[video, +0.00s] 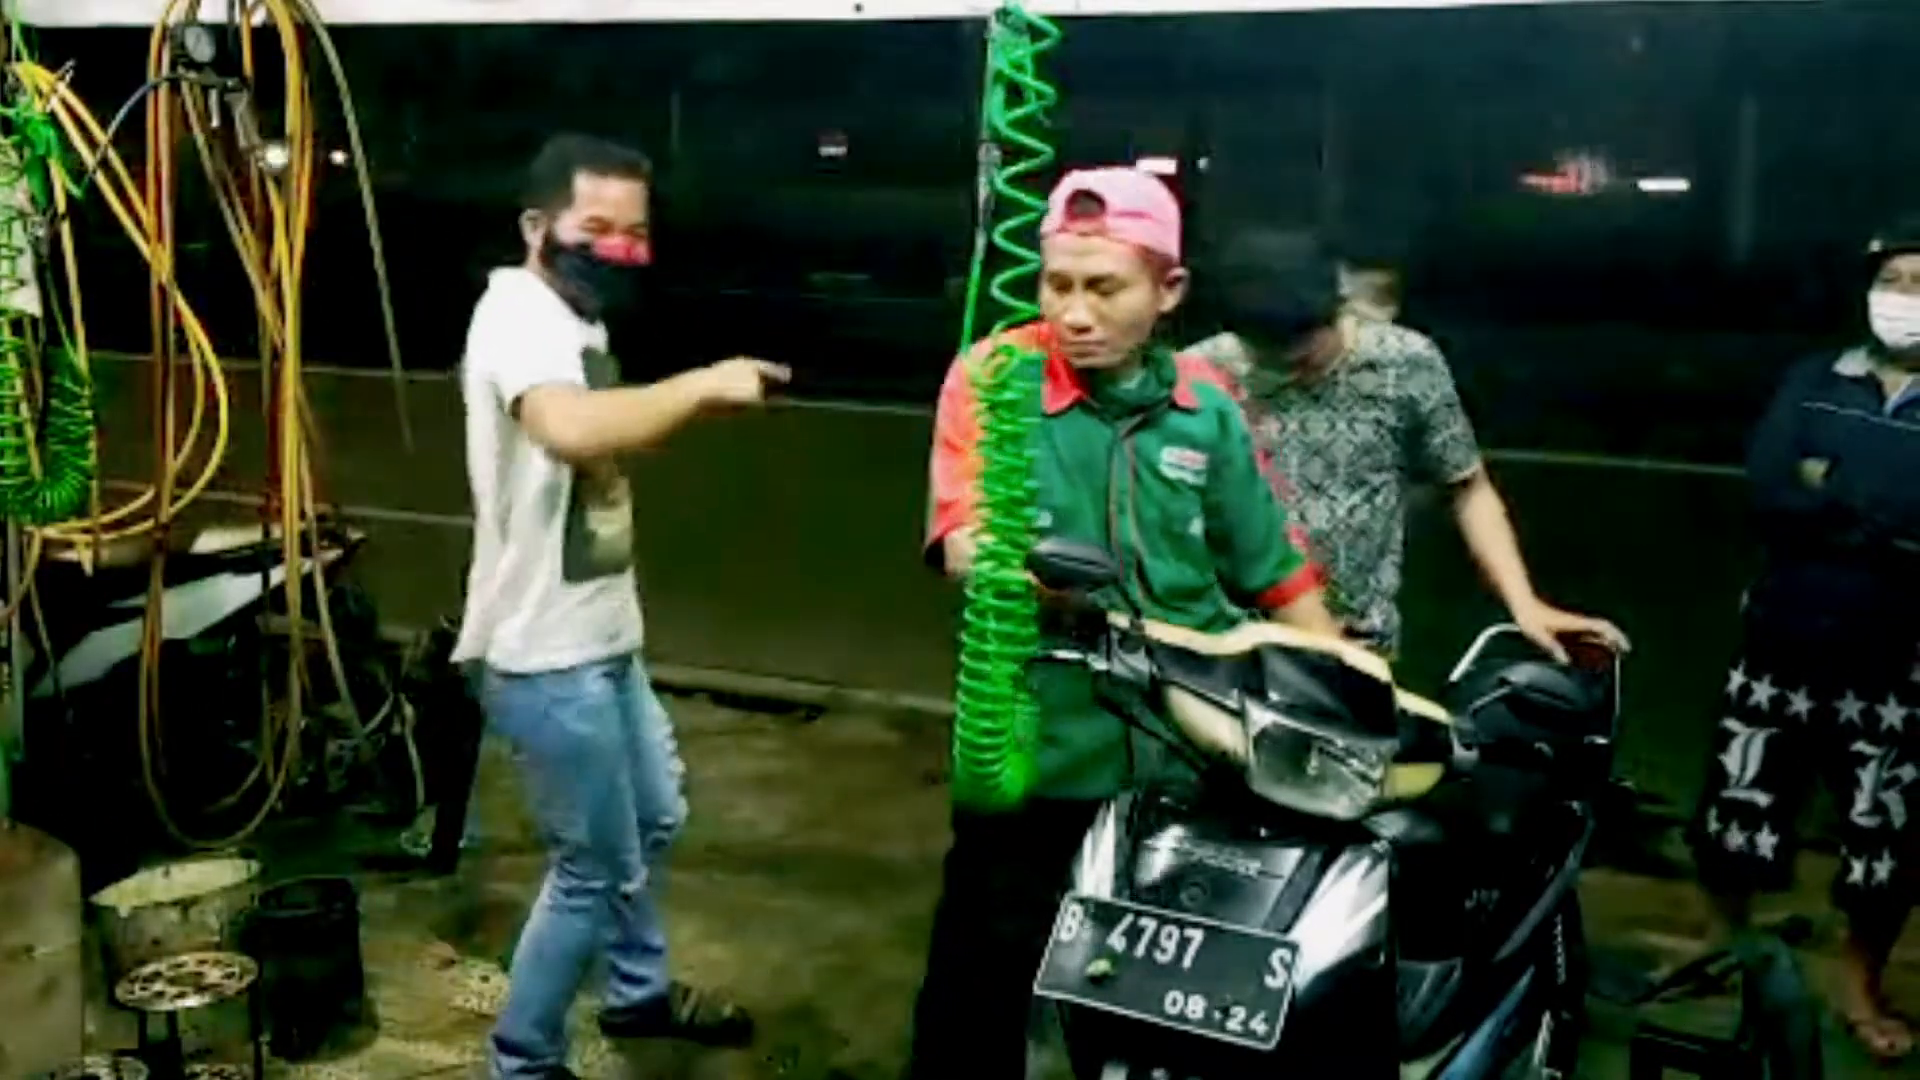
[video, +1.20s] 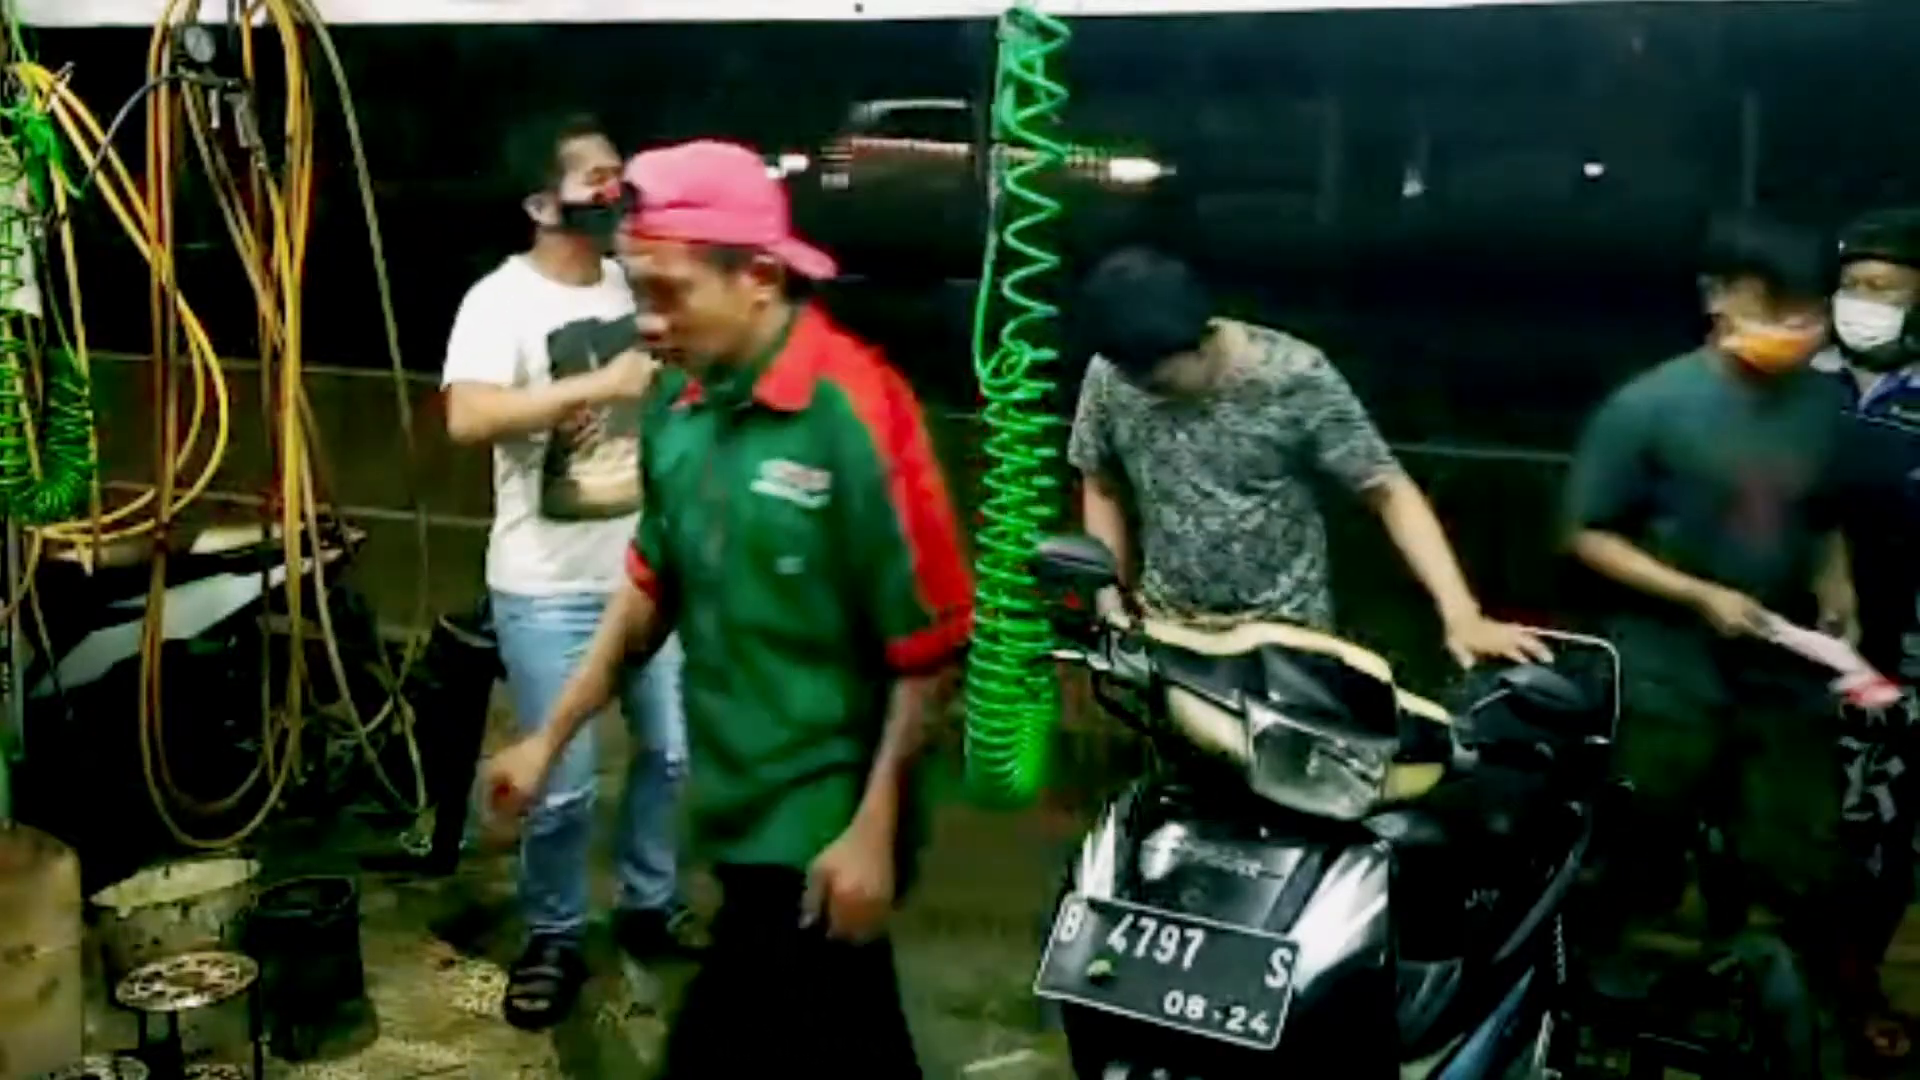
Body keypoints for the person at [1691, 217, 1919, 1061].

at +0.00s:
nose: (1903, 301)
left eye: (1918, 287)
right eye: (1892, 285)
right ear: (1866, 298)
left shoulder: (1919, 413)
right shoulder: (1814, 387)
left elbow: (1907, 507)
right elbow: (1765, 485)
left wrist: (1828, 472)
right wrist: (1876, 509)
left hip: (1893, 659)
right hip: (1786, 644)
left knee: (1885, 843)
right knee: (1733, 816)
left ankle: (1858, 979)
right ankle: (1722, 939)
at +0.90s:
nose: (1879, 304)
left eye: (1899, 291)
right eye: (1868, 286)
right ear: (1845, 293)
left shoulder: (1917, 411)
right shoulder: (1799, 384)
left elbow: (1909, 512)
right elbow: (1748, 483)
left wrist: (1814, 476)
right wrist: (1860, 507)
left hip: (1890, 649)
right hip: (1782, 632)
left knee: (1883, 832)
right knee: (1737, 799)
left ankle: (1863, 980)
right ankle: (1719, 932)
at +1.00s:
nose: (1876, 306)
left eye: (1896, 292)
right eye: (1864, 288)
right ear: (1838, 296)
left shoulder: (1918, 406)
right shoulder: (1787, 388)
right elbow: (1725, 496)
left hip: (1892, 656)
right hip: (1784, 643)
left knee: (1886, 837)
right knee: (1757, 808)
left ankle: (1862, 984)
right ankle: (1724, 942)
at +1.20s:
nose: (1868, 305)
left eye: (1888, 291)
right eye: (1856, 287)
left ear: (1918, 304)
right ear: (1835, 294)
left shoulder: (1908, 410)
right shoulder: (1805, 398)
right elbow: (1794, 524)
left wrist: (1882, 649)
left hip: (1901, 652)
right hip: (1815, 645)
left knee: (1885, 843)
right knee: (1820, 831)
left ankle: (1860, 995)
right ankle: (1823, 994)